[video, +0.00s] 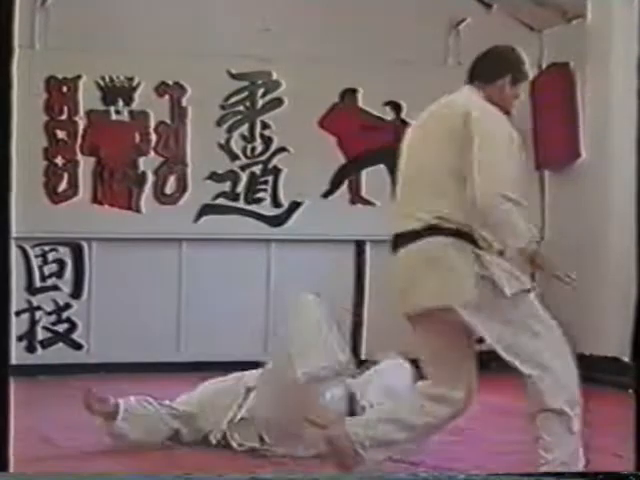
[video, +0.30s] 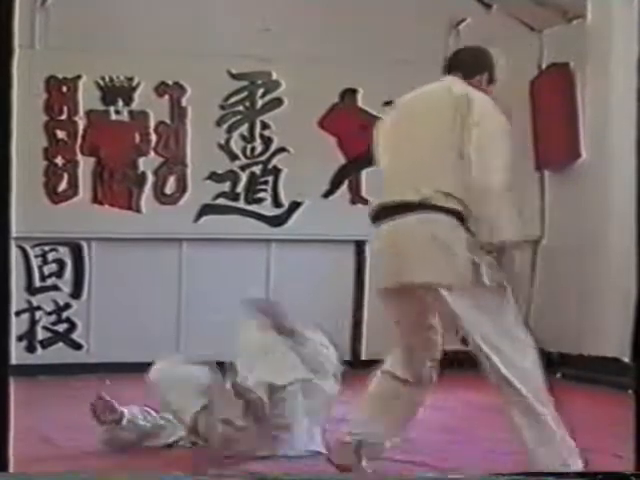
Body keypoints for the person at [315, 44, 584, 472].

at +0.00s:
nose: (517, 104)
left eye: (520, 94)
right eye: (518, 92)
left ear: (474, 80)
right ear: (504, 83)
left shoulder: (428, 118)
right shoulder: (486, 116)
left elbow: (427, 204)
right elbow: (492, 197)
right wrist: (526, 249)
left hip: (411, 263)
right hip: (457, 259)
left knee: (450, 391)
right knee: (550, 358)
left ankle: (351, 438)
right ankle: (561, 463)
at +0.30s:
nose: (490, 93)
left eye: (492, 88)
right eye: (491, 87)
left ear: (446, 73)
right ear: (480, 80)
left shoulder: (395, 112)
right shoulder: (477, 105)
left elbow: (390, 177)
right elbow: (488, 179)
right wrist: (500, 242)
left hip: (388, 238)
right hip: (441, 233)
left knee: (412, 356)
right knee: (508, 349)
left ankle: (360, 441)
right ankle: (556, 459)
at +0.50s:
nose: (437, 95)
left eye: (436, 89)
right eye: (438, 89)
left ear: (393, 75)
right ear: (431, 84)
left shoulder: (348, 107)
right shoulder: (428, 99)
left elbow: (330, 195)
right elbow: (427, 171)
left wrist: (328, 278)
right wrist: (428, 244)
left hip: (334, 238)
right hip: (388, 231)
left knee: (371, 350)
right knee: (458, 336)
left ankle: (350, 456)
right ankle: (500, 456)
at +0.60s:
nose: (421, 94)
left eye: (420, 88)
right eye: (421, 87)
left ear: (377, 73)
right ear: (414, 81)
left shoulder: (331, 105)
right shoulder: (412, 96)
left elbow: (306, 194)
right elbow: (416, 170)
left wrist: (300, 275)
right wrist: (425, 247)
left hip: (317, 232)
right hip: (371, 228)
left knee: (359, 355)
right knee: (436, 337)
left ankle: (348, 456)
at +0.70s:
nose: (396, 83)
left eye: (394, 77)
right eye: (395, 76)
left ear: (350, 65)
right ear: (387, 70)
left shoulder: (307, 101)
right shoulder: (384, 86)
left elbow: (280, 188)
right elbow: (400, 164)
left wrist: (263, 265)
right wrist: (426, 240)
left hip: (298, 230)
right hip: (346, 225)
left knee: (336, 352)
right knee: (379, 346)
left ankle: (350, 453)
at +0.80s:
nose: (379, 77)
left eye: (377, 71)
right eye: (377, 70)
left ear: (332, 59)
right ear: (367, 63)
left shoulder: (288, 95)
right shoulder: (366, 80)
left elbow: (259, 181)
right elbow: (387, 154)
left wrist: (242, 257)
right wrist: (423, 227)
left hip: (281, 220)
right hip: (326, 216)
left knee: (330, 350)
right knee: (336, 353)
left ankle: (344, 455)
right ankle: (249, 437)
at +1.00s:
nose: (334, 71)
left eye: (335, 66)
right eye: (335, 65)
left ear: (293, 47)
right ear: (326, 55)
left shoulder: (244, 81)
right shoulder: (321, 78)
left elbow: (209, 165)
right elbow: (338, 156)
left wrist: (204, 248)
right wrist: (374, 224)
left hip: (222, 209)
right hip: (265, 210)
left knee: (288, 337)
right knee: (268, 344)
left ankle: (307, 451)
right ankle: (218, 459)